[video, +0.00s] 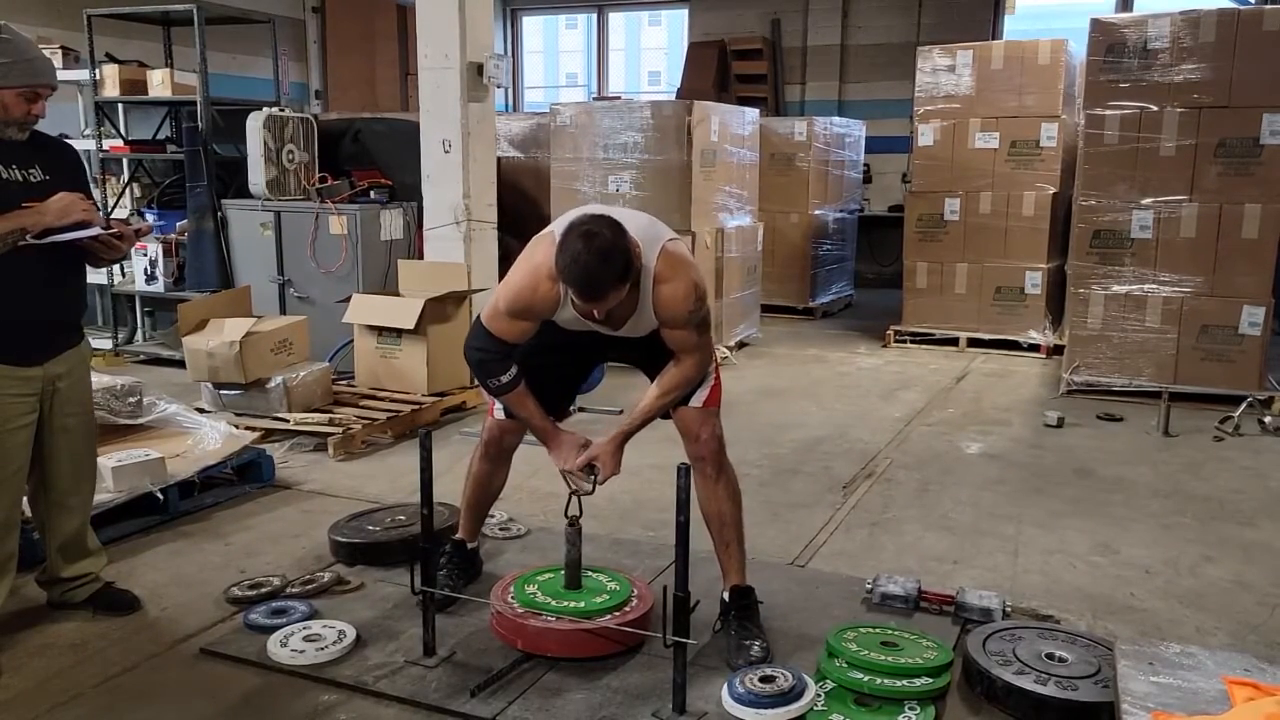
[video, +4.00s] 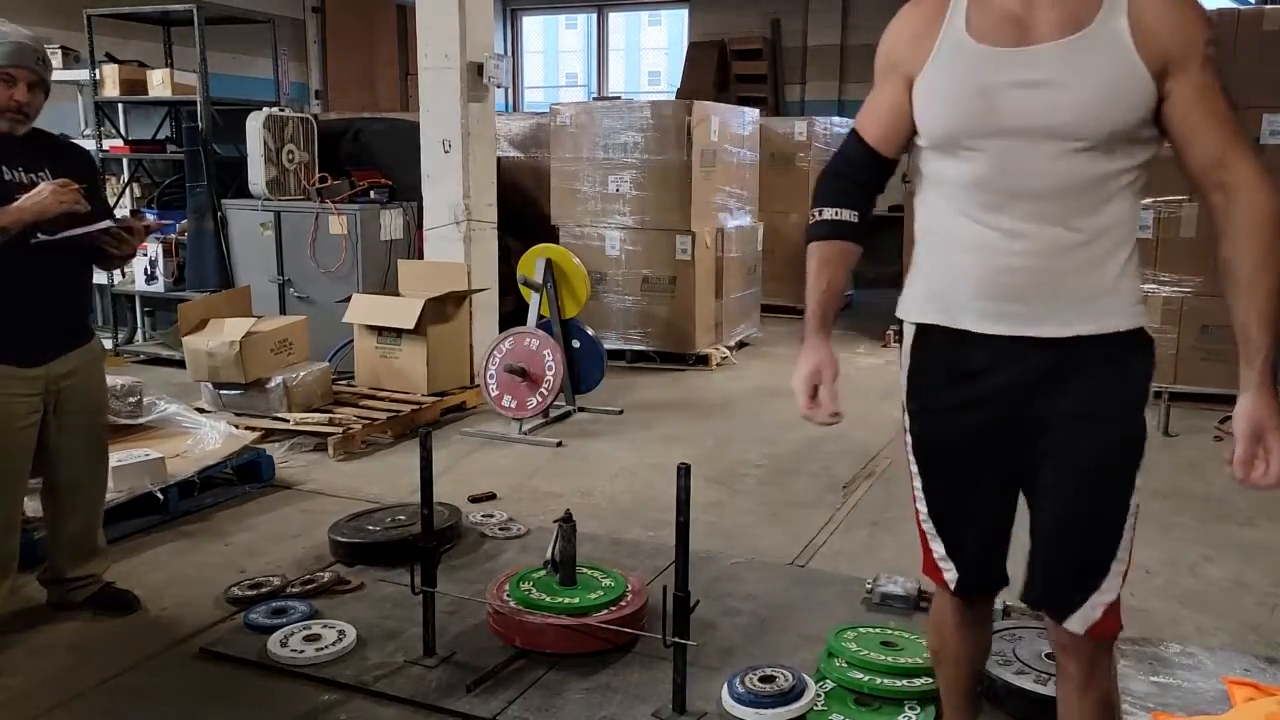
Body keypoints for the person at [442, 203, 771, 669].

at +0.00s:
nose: (597, 315)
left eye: (610, 304)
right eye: (584, 306)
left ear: (633, 275)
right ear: (562, 280)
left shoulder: (676, 283)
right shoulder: (534, 278)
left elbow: (693, 360)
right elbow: (484, 352)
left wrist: (621, 435)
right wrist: (552, 437)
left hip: (656, 329)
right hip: (563, 328)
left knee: (706, 443)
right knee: (498, 433)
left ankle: (739, 598)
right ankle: (462, 549)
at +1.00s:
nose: (603, 200)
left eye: (618, 190)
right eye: (591, 188)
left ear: (643, 161)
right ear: (572, 157)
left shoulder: (678, 190)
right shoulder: (547, 180)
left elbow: (720, 274)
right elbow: (528, 287)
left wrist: (629, 287)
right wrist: (554, 391)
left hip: (657, 320)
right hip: (568, 313)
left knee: (692, 459)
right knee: (489, 431)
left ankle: (737, 606)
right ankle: (474, 555)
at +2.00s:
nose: (574, 296)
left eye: (586, 284)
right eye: (560, 286)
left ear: (609, 253)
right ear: (538, 260)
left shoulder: (659, 257)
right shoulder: (514, 266)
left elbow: (705, 306)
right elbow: (501, 356)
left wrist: (629, 367)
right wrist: (508, 449)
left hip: (651, 319)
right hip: (557, 326)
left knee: (697, 440)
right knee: (478, 412)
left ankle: (737, 597)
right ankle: (474, 550)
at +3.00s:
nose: (829, 3)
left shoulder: (862, 62)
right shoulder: (731, 50)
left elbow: (877, 169)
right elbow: (640, 160)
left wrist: (922, 281)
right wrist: (656, 285)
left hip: (799, 260)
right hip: (724, 255)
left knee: (763, 441)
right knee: (826, 408)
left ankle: (748, 604)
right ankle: (738, 502)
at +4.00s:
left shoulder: (1153, 19)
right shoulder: (925, 22)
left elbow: (1237, 186)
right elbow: (849, 183)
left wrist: (1257, 378)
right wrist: (816, 332)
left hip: (1095, 357)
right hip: (951, 351)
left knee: (1084, 627)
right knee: (958, 592)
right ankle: (955, 717)